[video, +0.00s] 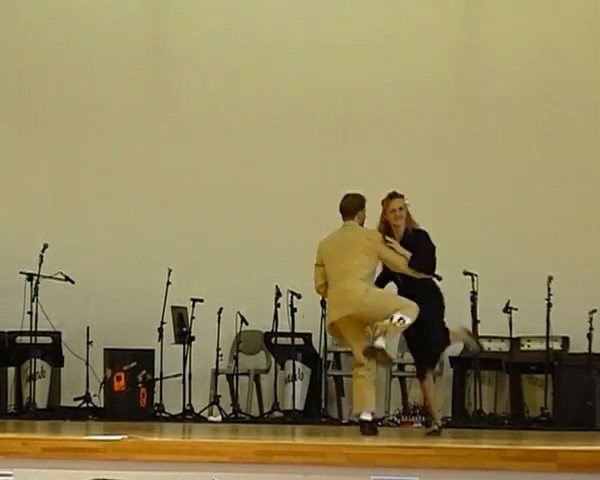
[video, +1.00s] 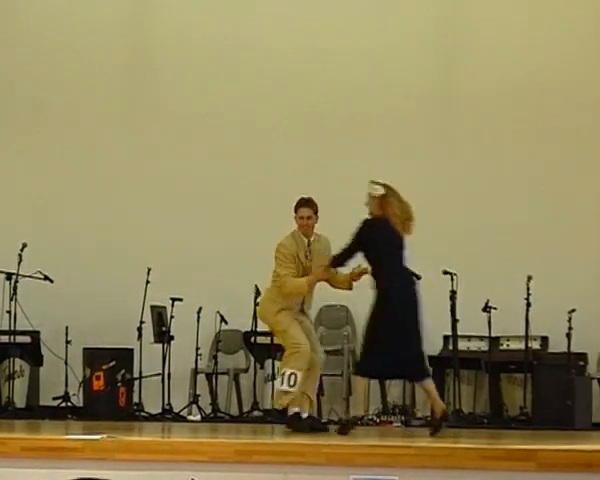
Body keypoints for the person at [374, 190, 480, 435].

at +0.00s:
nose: (398, 214)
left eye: (401, 209)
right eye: (392, 211)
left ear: (407, 210)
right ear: (385, 215)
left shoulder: (420, 236)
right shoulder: (387, 242)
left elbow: (429, 267)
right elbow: (387, 272)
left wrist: (401, 251)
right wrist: (372, 291)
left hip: (428, 294)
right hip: (406, 297)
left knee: (432, 348)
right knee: (421, 361)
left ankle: (459, 335)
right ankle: (435, 420)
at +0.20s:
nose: (408, 210)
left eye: (412, 205)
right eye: (403, 207)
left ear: (420, 206)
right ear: (398, 212)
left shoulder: (429, 229)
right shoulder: (407, 236)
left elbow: (427, 257)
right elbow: (409, 266)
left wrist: (401, 258)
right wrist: (397, 265)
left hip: (443, 289)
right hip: (424, 292)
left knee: (440, 336)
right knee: (425, 347)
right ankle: (441, 418)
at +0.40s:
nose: (410, 217)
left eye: (413, 212)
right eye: (408, 213)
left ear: (427, 212)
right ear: (412, 215)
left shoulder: (432, 235)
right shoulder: (433, 236)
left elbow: (402, 257)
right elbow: (435, 272)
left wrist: (373, 252)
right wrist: (408, 273)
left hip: (455, 298)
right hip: (458, 298)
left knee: (420, 345)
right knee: (428, 353)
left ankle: (438, 401)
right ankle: (432, 407)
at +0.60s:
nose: (412, 228)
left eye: (416, 225)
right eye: (412, 225)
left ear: (429, 227)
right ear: (429, 228)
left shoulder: (424, 249)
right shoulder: (438, 249)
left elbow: (395, 268)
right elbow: (426, 279)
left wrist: (367, 277)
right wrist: (396, 282)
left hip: (460, 311)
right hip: (469, 310)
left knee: (428, 363)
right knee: (430, 363)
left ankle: (437, 421)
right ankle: (434, 419)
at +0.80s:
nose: (406, 225)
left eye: (410, 222)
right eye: (406, 221)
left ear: (423, 224)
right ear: (423, 225)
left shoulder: (416, 246)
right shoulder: (433, 247)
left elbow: (389, 268)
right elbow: (420, 277)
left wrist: (361, 278)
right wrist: (388, 281)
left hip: (452, 309)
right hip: (463, 307)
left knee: (423, 358)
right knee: (438, 361)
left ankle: (431, 417)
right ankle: (454, 420)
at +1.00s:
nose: (368, 203)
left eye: (372, 200)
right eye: (370, 199)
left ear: (381, 204)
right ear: (390, 205)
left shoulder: (369, 226)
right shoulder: (395, 228)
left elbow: (346, 254)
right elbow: (387, 261)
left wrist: (328, 265)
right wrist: (363, 271)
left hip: (388, 292)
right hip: (406, 290)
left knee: (368, 352)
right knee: (410, 351)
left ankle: (357, 413)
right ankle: (438, 406)